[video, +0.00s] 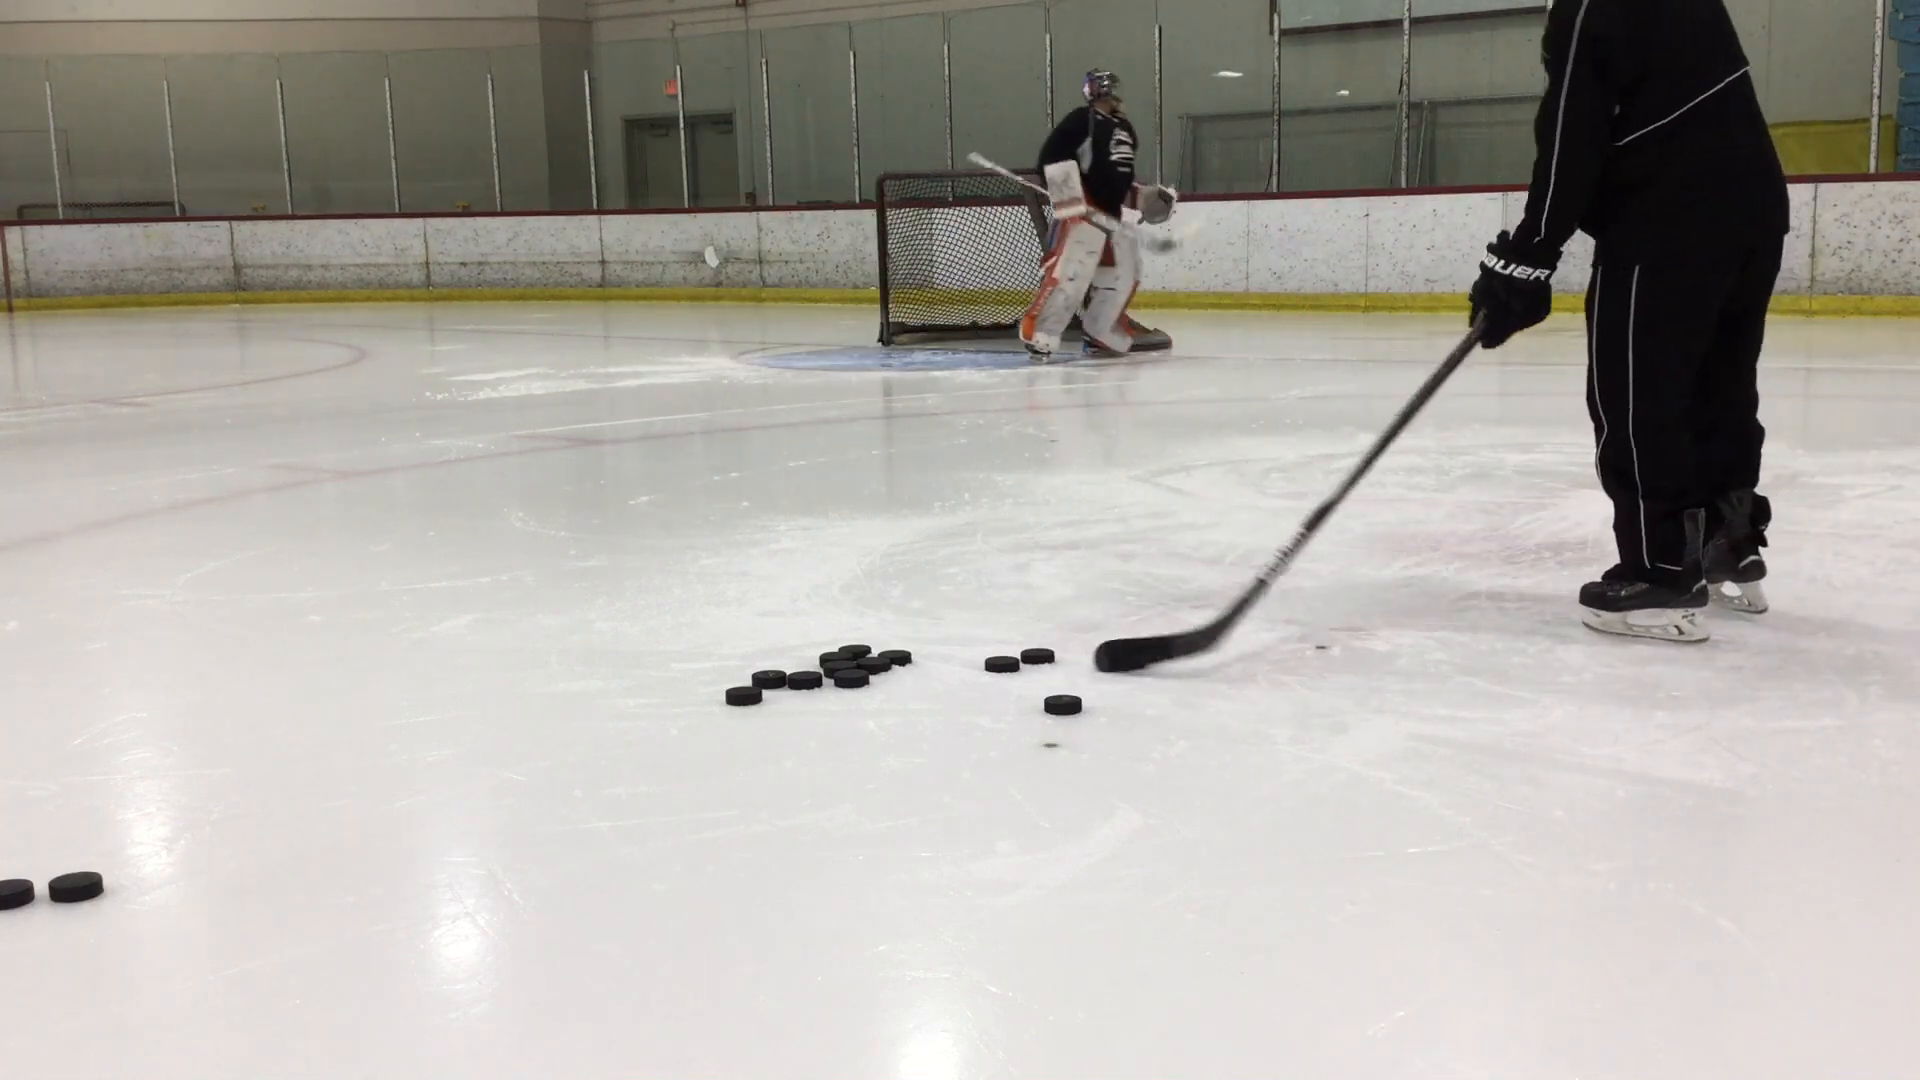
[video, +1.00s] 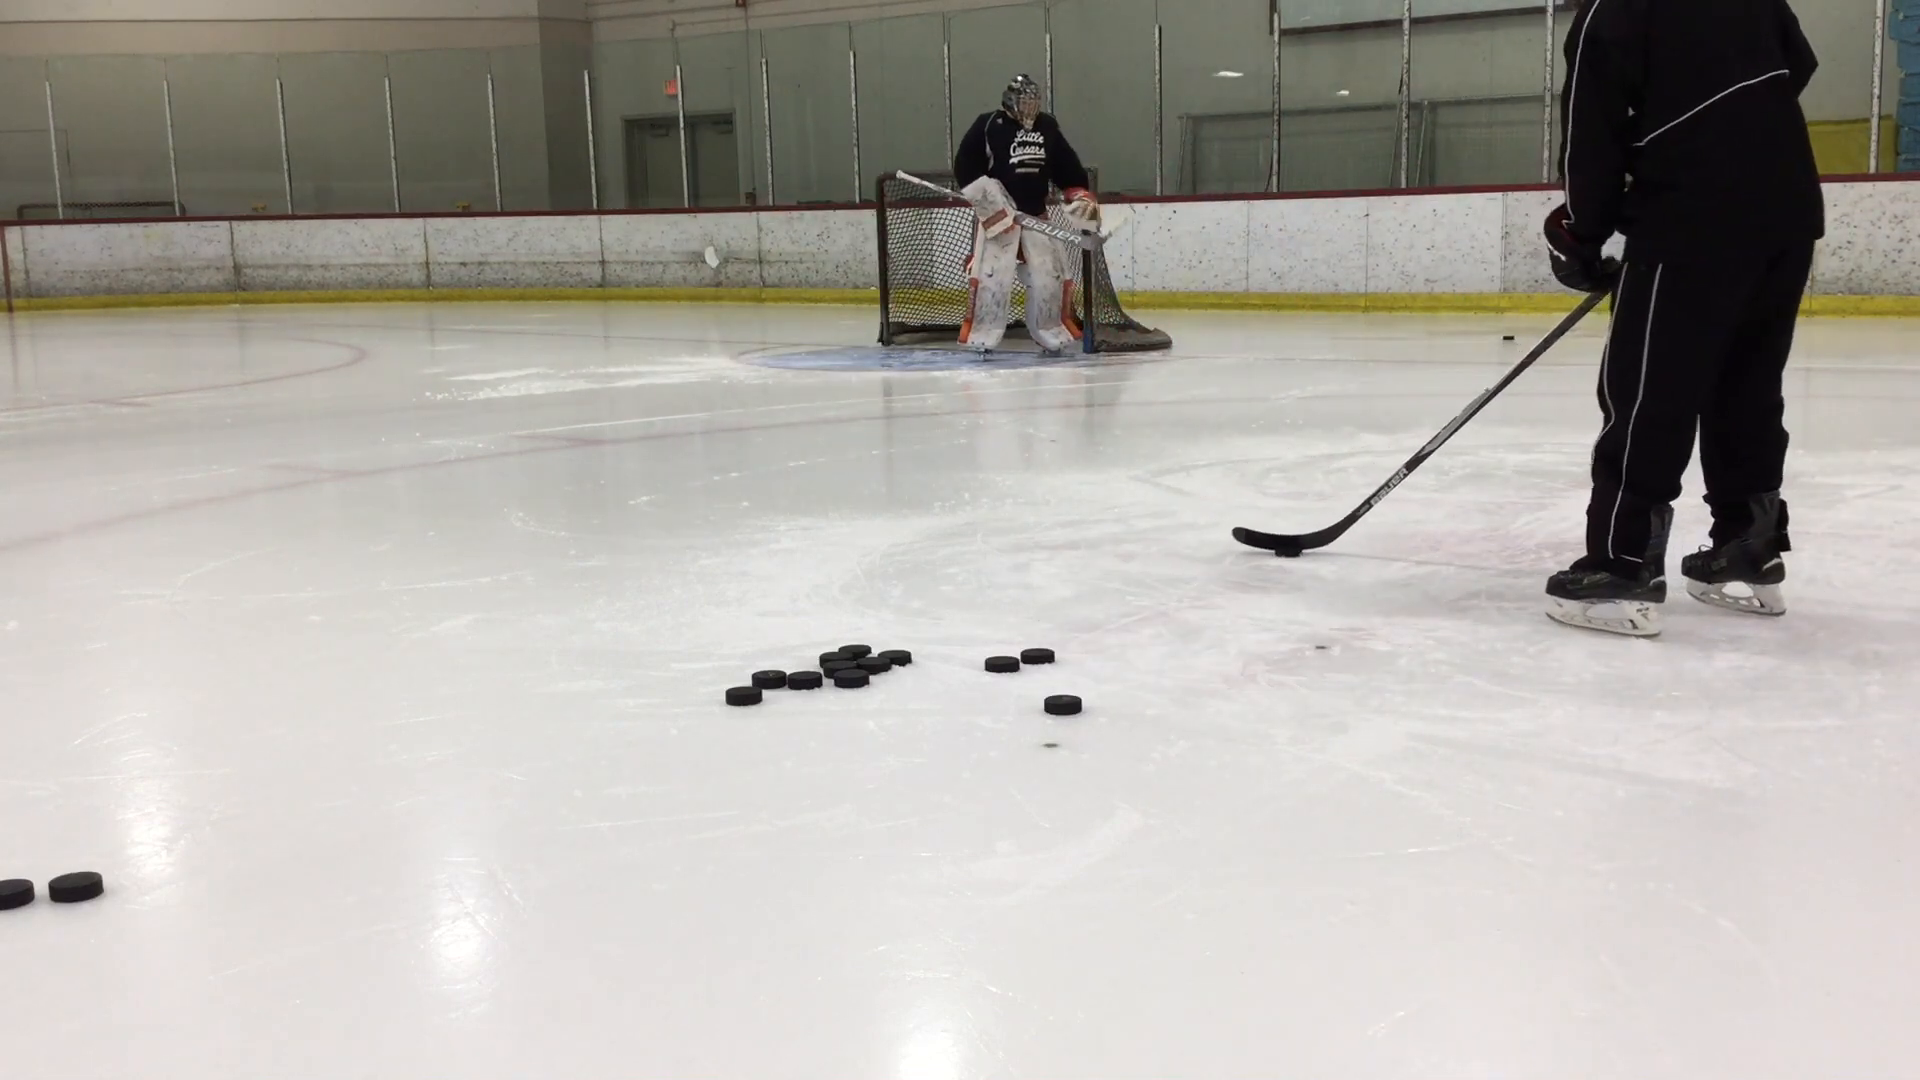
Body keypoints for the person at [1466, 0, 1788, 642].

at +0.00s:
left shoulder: (1584, 10)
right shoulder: (1691, 7)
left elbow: (1571, 137)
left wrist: (1524, 261)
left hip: (1659, 223)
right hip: (1752, 208)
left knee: (1632, 396)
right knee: (1722, 386)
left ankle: (1660, 573)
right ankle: (1728, 554)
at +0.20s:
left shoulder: (1565, 16)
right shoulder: (1691, 7)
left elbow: (1554, 125)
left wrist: (1546, 241)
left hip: (1648, 223)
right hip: (1744, 206)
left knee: (1628, 396)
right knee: (1718, 384)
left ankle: (1658, 574)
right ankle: (1732, 553)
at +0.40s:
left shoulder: (1561, 13)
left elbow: (1554, 126)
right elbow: (1747, 45)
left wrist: (1554, 224)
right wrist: (1720, 82)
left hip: (1642, 211)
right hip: (1740, 193)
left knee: (1626, 393)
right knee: (1719, 380)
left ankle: (1654, 571)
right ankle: (1742, 550)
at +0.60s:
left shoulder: (1570, 10)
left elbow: (1556, 114)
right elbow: (1778, 25)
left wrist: (1556, 227)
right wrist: (1732, 101)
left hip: (1647, 212)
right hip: (1747, 199)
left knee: (1626, 394)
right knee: (1727, 383)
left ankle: (1643, 572)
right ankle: (1743, 553)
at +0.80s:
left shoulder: (1589, 6)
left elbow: (1569, 106)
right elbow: (1791, 46)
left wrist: (1569, 221)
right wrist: (1732, 125)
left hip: (1662, 209)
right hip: (1760, 200)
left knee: (1629, 388)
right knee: (1735, 380)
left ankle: (1635, 565)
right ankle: (1749, 547)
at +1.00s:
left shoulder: (1607, 13)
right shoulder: (1753, 1)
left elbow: (1593, 131)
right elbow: (1798, 59)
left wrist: (1581, 239)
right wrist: (1730, 132)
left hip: (1688, 218)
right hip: (1786, 209)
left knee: (1643, 391)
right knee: (1747, 386)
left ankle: (1625, 564)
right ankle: (1749, 547)